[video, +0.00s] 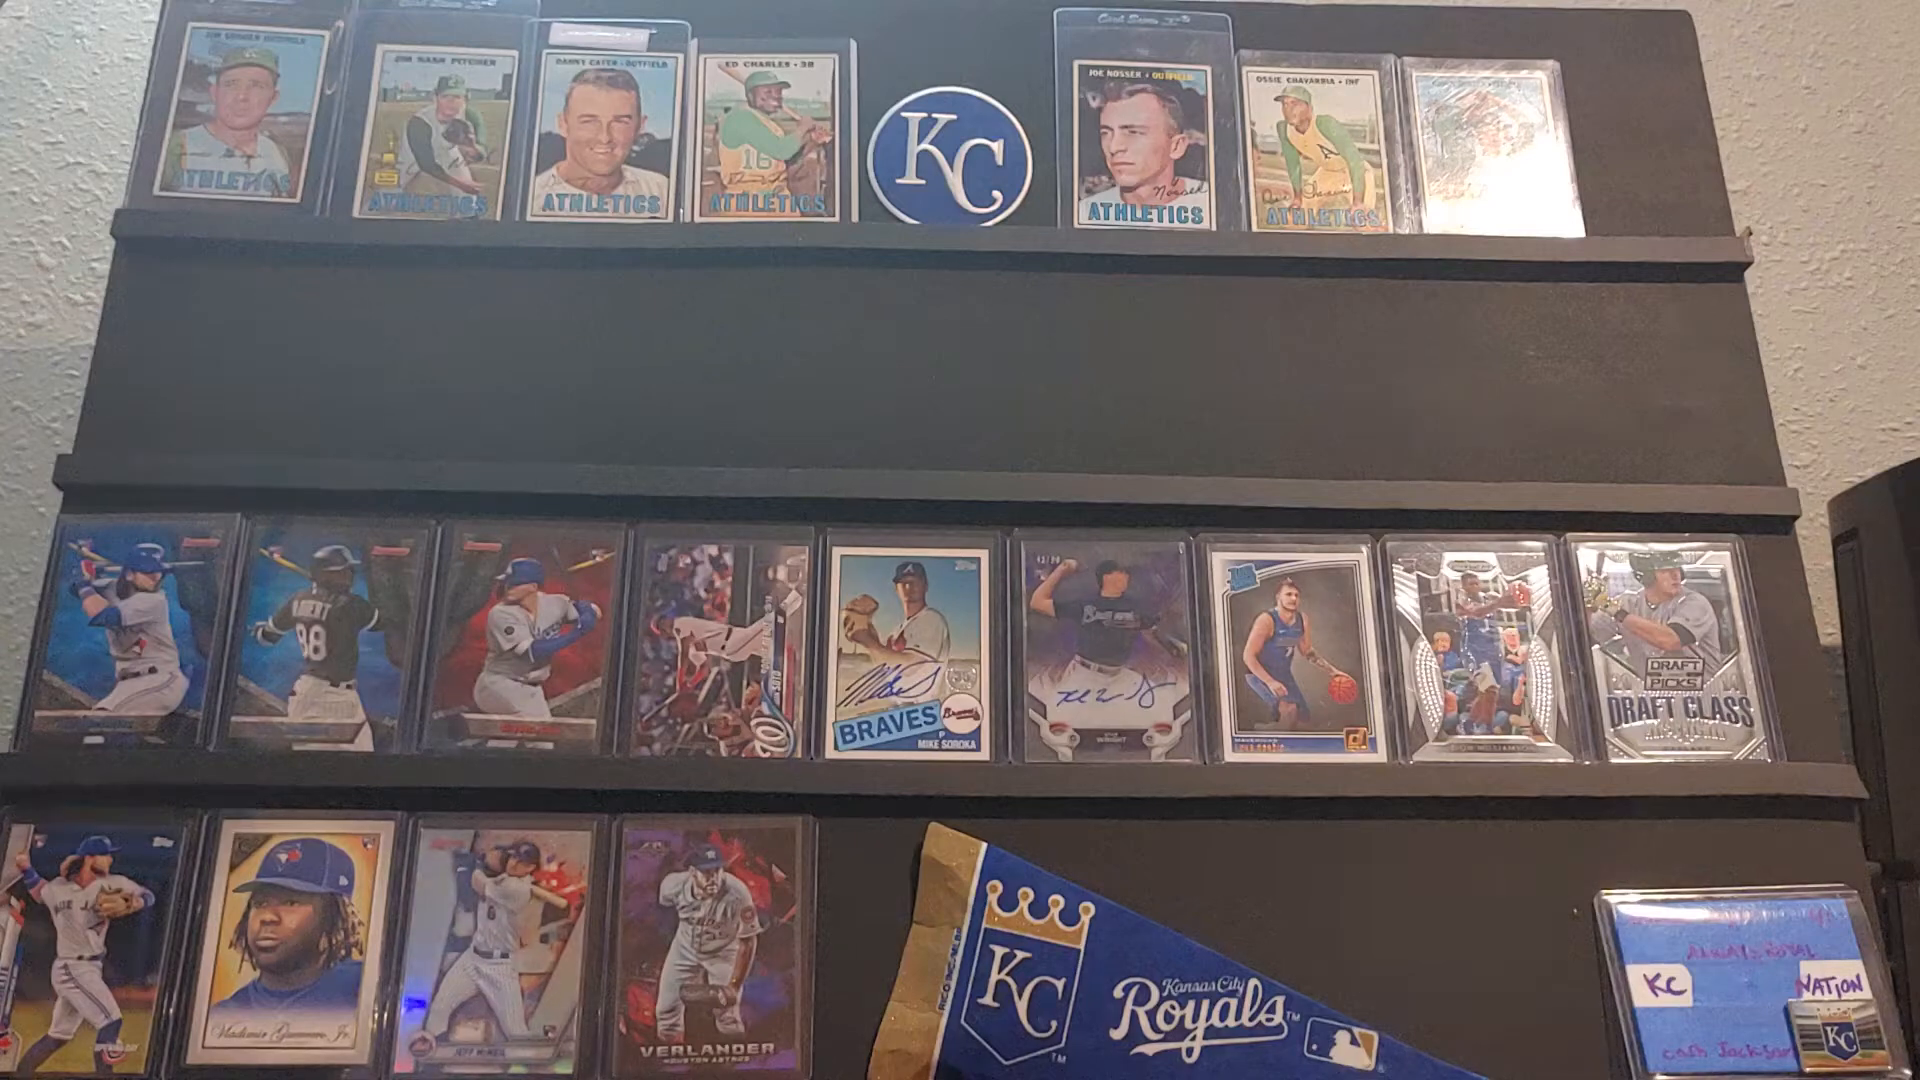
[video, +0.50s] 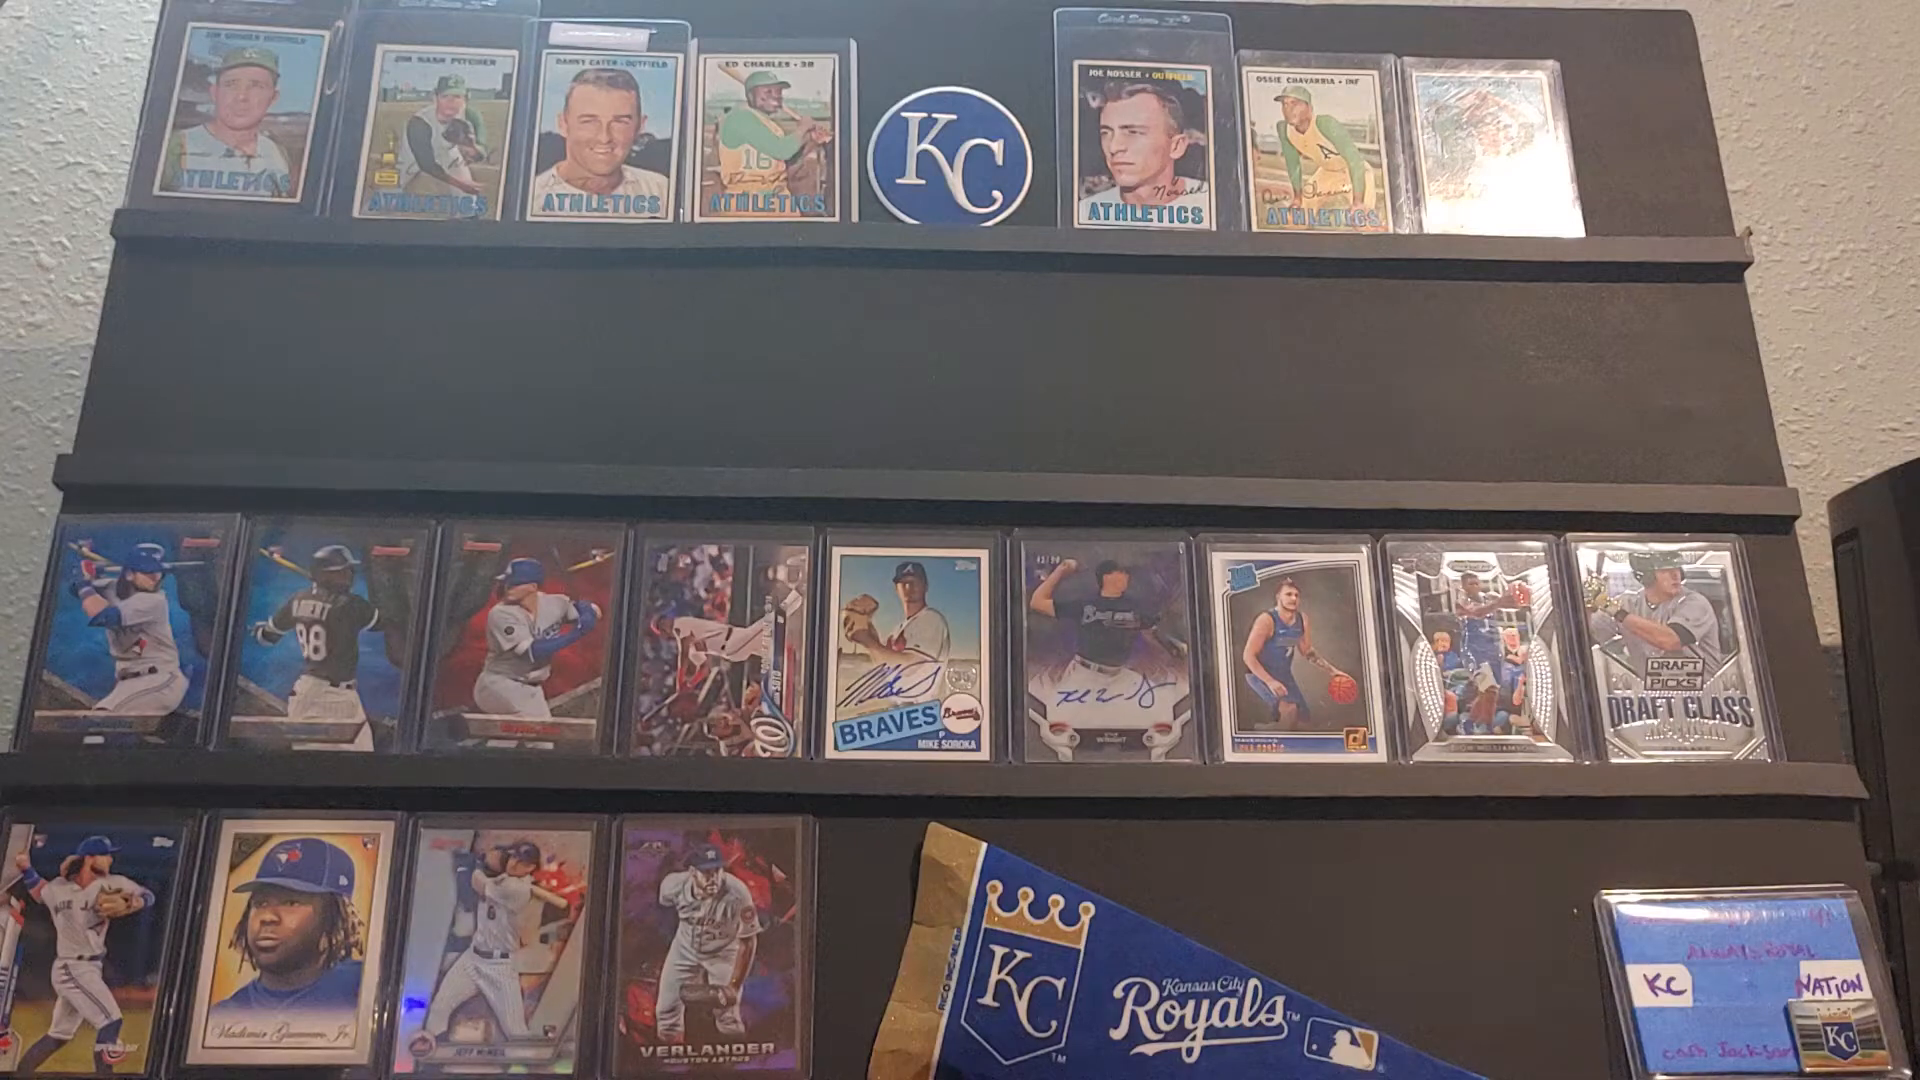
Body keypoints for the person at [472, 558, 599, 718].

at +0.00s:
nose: (507, 588)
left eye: (514, 584)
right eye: (508, 583)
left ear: (533, 586)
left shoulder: (554, 603)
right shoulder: (500, 614)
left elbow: (579, 607)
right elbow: (531, 651)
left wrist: (587, 613)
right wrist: (576, 633)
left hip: (531, 687)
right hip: (496, 684)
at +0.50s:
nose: (507, 588)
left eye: (514, 584)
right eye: (508, 583)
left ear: (533, 586)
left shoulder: (554, 603)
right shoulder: (500, 614)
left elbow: (579, 607)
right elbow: (531, 652)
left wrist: (587, 614)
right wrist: (576, 633)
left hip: (531, 687)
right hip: (496, 684)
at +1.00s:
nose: (508, 588)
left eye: (514, 584)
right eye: (507, 583)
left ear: (532, 587)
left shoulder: (554, 603)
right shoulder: (500, 614)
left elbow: (578, 607)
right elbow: (532, 651)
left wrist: (587, 614)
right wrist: (576, 633)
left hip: (531, 688)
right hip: (496, 684)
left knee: (544, 743)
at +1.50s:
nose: (508, 588)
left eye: (514, 584)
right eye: (507, 583)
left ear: (532, 587)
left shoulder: (554, 603)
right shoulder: (500, 614)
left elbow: (578, 607)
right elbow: (532, 652)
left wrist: (587, 614)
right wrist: (576, 633)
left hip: (531, 688)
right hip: (496, 684)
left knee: (544, 743)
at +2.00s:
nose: (508, 588)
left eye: (514, 584)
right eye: (507, 583)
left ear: (532, 587)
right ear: (505, 583)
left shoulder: (553, 603)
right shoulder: (500, 614)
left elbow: (577, 607)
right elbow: (532, 652)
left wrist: (587, 613)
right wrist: (576, 633)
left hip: (531, 688)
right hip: (497, 684)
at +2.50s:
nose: (508, 587)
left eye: (514, 583)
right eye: (507, 583)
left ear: (533, 587)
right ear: (504, 583)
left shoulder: (554, 603)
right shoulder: (500, 614)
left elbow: (580, 607)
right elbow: (531, 652)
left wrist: (587, 613)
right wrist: (576, 633)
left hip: (531, 688)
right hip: (497, 684)